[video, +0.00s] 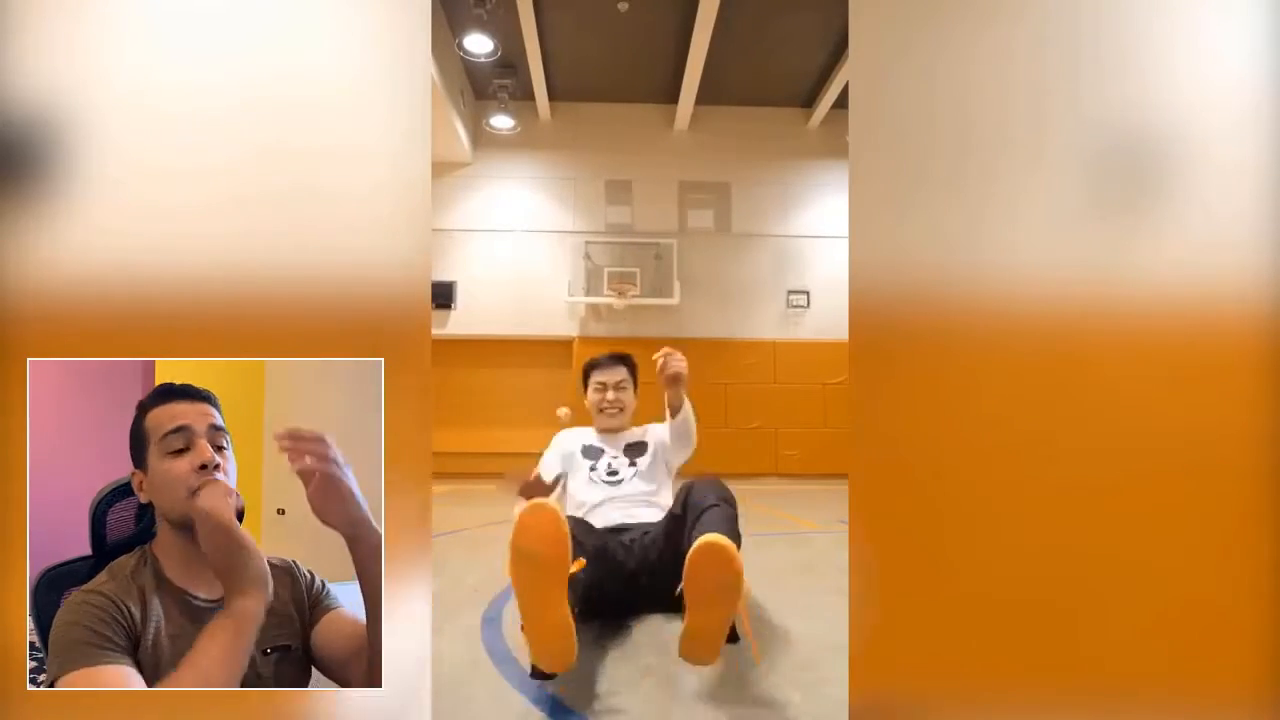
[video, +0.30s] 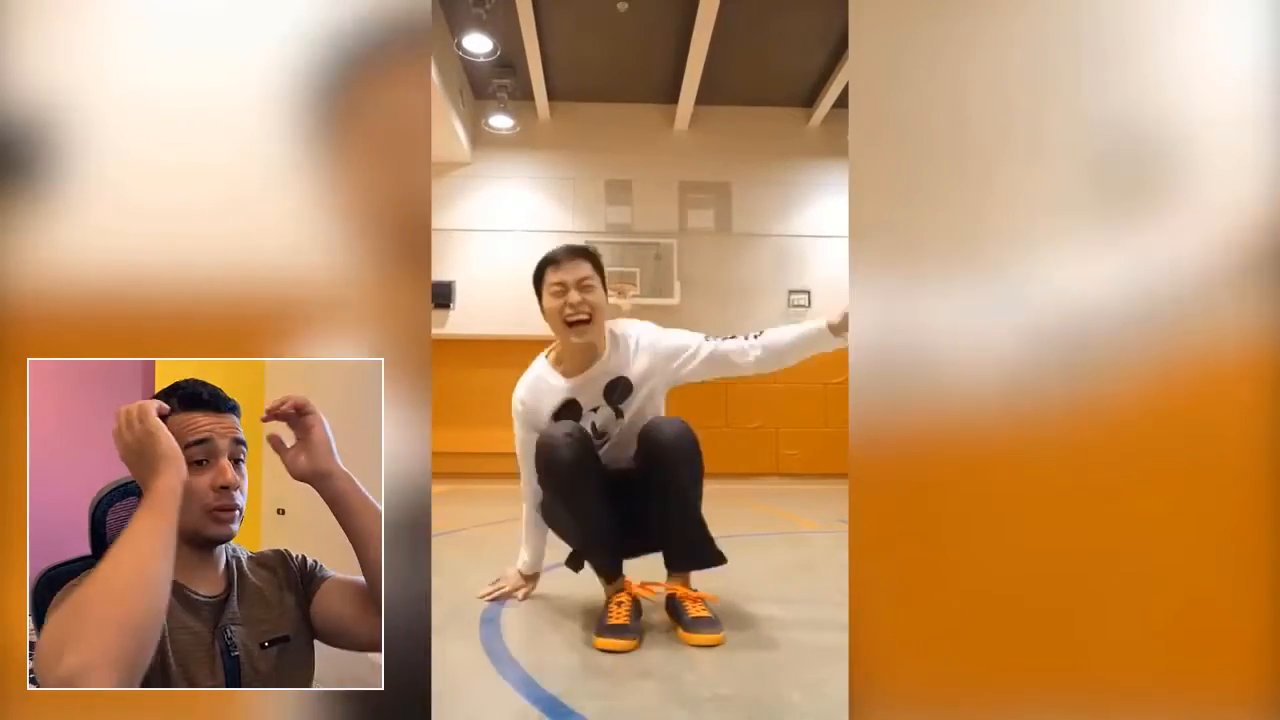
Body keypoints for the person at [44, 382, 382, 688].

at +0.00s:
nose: (209, 457)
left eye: (219, 445)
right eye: (178, 448)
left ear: (235, 474)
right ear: (142, 485)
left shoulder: (290, 585)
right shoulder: (97, 609)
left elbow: (388, 682)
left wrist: (361, 531)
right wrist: (245, 603)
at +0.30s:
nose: (229, 479)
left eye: (236, 459)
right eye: (200, 461)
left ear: (249, 469)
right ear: (155, 480)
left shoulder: (283, 577)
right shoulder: (100, 594)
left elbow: (405, 618)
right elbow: (80, 685)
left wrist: (331, 477)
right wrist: (161, 487)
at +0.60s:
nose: (234, 505)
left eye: (244, 479)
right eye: (205, 481)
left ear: (255, 481)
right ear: (155, 490)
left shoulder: (280, 572)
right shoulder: (117, 589)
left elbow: (402, 558)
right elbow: (49, 581)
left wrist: (290, 456)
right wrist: (122, 444)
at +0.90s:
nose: (240, 517)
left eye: (252, 489)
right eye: (212, 490)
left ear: (263, 489)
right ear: (160, 495)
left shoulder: (279, 569)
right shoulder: (113, 597)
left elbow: (389, 531)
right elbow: (61, 531)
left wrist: (262, 450)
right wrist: (138, 444)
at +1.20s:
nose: (242, 521)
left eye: (255, 493)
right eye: (213, 494)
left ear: (264, 492)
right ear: (162, 500)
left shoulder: (282, 571)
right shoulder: (117, 601)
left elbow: (398, 541)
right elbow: (72, 548)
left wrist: (265, 478)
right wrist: (143, 466)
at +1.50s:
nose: (254, 523)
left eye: (264, 493)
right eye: (223, 497)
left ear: (270, 492)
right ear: (170, 503)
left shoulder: (285, 573)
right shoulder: (121, 602)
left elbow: (398, 550)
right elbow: (80, 549)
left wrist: (265, 490)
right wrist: (148, 471)